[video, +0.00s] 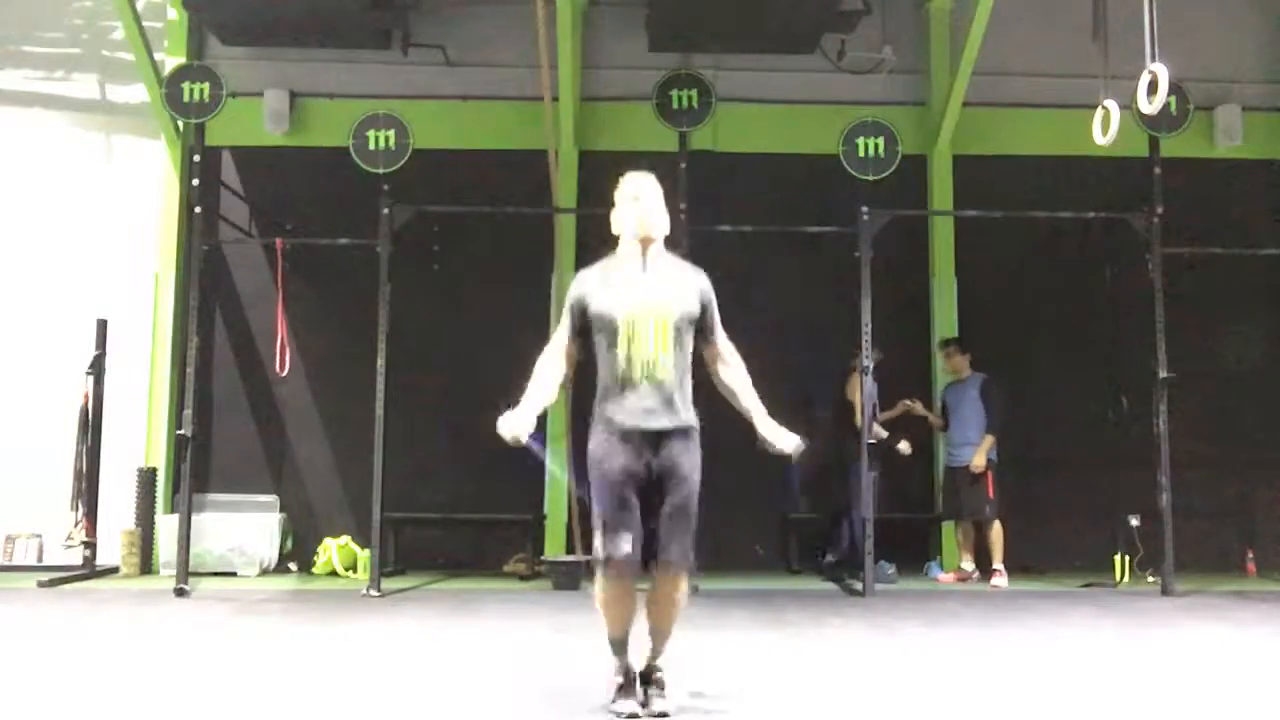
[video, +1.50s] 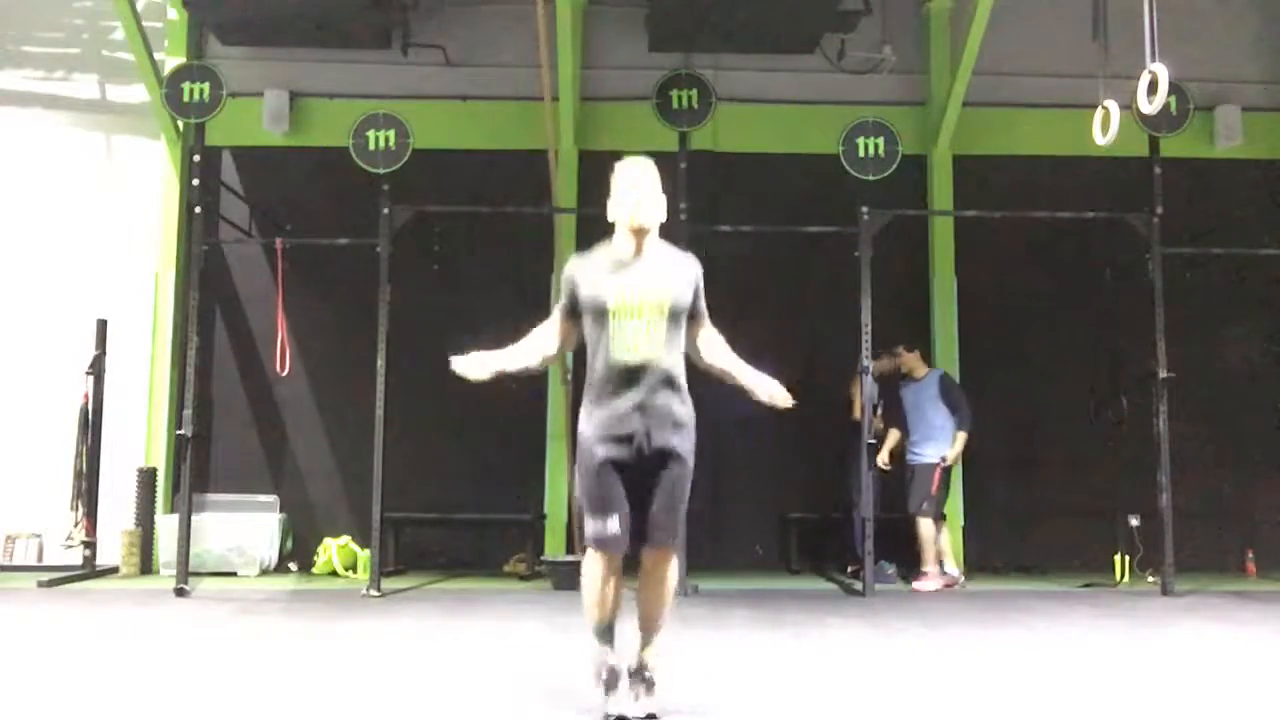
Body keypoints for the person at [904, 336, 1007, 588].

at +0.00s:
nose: (947, 362)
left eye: (951, 356)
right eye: (945, 357)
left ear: (966, 356)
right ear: (946, 360)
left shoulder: (984, 384)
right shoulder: (948, 391)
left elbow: (994, 421)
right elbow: (945, 425)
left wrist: (982, 452)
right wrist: (924, 413)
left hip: (979, 459)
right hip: (955, 462)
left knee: (988, 516)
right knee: (961, 517)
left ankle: (998, 568)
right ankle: (967, 567)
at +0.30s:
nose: (959, 360)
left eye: (963, 354)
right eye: (958, 355)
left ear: (979, 355)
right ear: (961, 357)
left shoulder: (1000, 383)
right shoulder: (958, 389)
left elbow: (1016, 424)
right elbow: (953, 423)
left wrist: (1009, 456)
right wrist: (925, 411)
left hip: (991, 462)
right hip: (963, 463)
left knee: (995, 517)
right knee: (963, 516)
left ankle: (999, 568)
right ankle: (967, 567)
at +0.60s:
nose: (958, 361)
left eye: (962, 356)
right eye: (957, 356)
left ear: (978, 355)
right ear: (966, 357)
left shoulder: (1003, 384)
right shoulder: (963, 387)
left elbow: (1020, 422)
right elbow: (957, 421)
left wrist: (1021, 459)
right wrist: (925, 417)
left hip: (994, 461)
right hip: (964, 461)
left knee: (996, 517)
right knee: (958, 514)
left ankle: (999, 569)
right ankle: (964, 568)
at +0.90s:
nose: (945, 364)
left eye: (948, 358)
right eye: (944, 358)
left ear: (963, 357)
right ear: (953, 359)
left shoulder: (990, 384)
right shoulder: (950, 389)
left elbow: (999, 425)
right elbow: (945, 423)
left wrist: (983, 459)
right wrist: (915, 440)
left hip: (985, 462)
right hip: (956, 463)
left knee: (992, 517)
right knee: (953, 518)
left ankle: (998, 568)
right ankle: (954, 573)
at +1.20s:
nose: (920, 361)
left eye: (924, 355)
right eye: (920, 356)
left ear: (939, 355)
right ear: (934, 357)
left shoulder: (967, 381)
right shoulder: (924, 387)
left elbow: (982, 417)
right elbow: (921, 424)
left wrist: (957, 443)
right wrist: (912, 458)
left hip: (960, 459)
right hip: (931, 460)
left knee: (968, 514)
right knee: (940, 518)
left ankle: (993, 560)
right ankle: (952, 572)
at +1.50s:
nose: (898, 361)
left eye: (902, 355)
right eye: (896, 356)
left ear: (916, 353)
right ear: (900, 359)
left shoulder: (940, 380)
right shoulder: (902, 388)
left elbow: (964, 414)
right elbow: (898, 423)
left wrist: (956, 448)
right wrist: (886, 449)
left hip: (937, 456)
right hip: (914, 458)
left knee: (922, 512)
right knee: (932, 516)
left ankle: (931, 572)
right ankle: (951, 569)